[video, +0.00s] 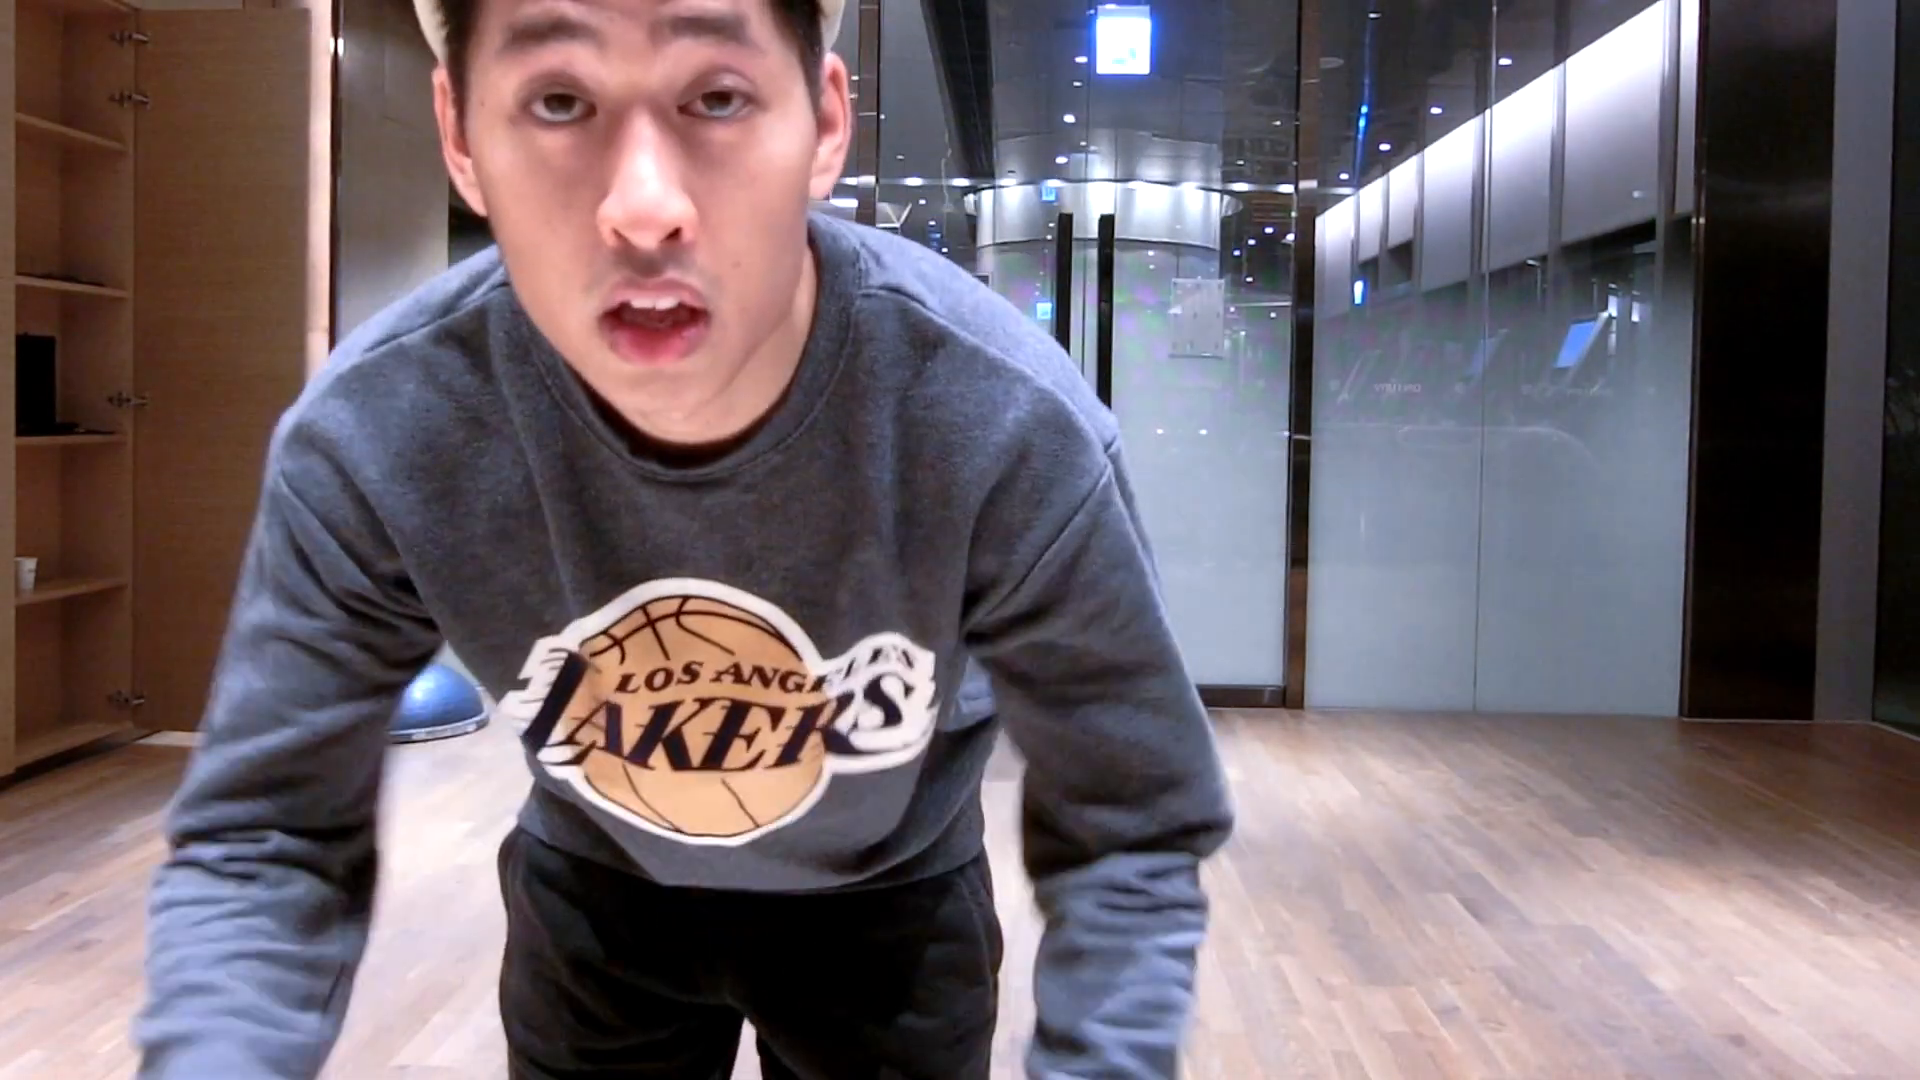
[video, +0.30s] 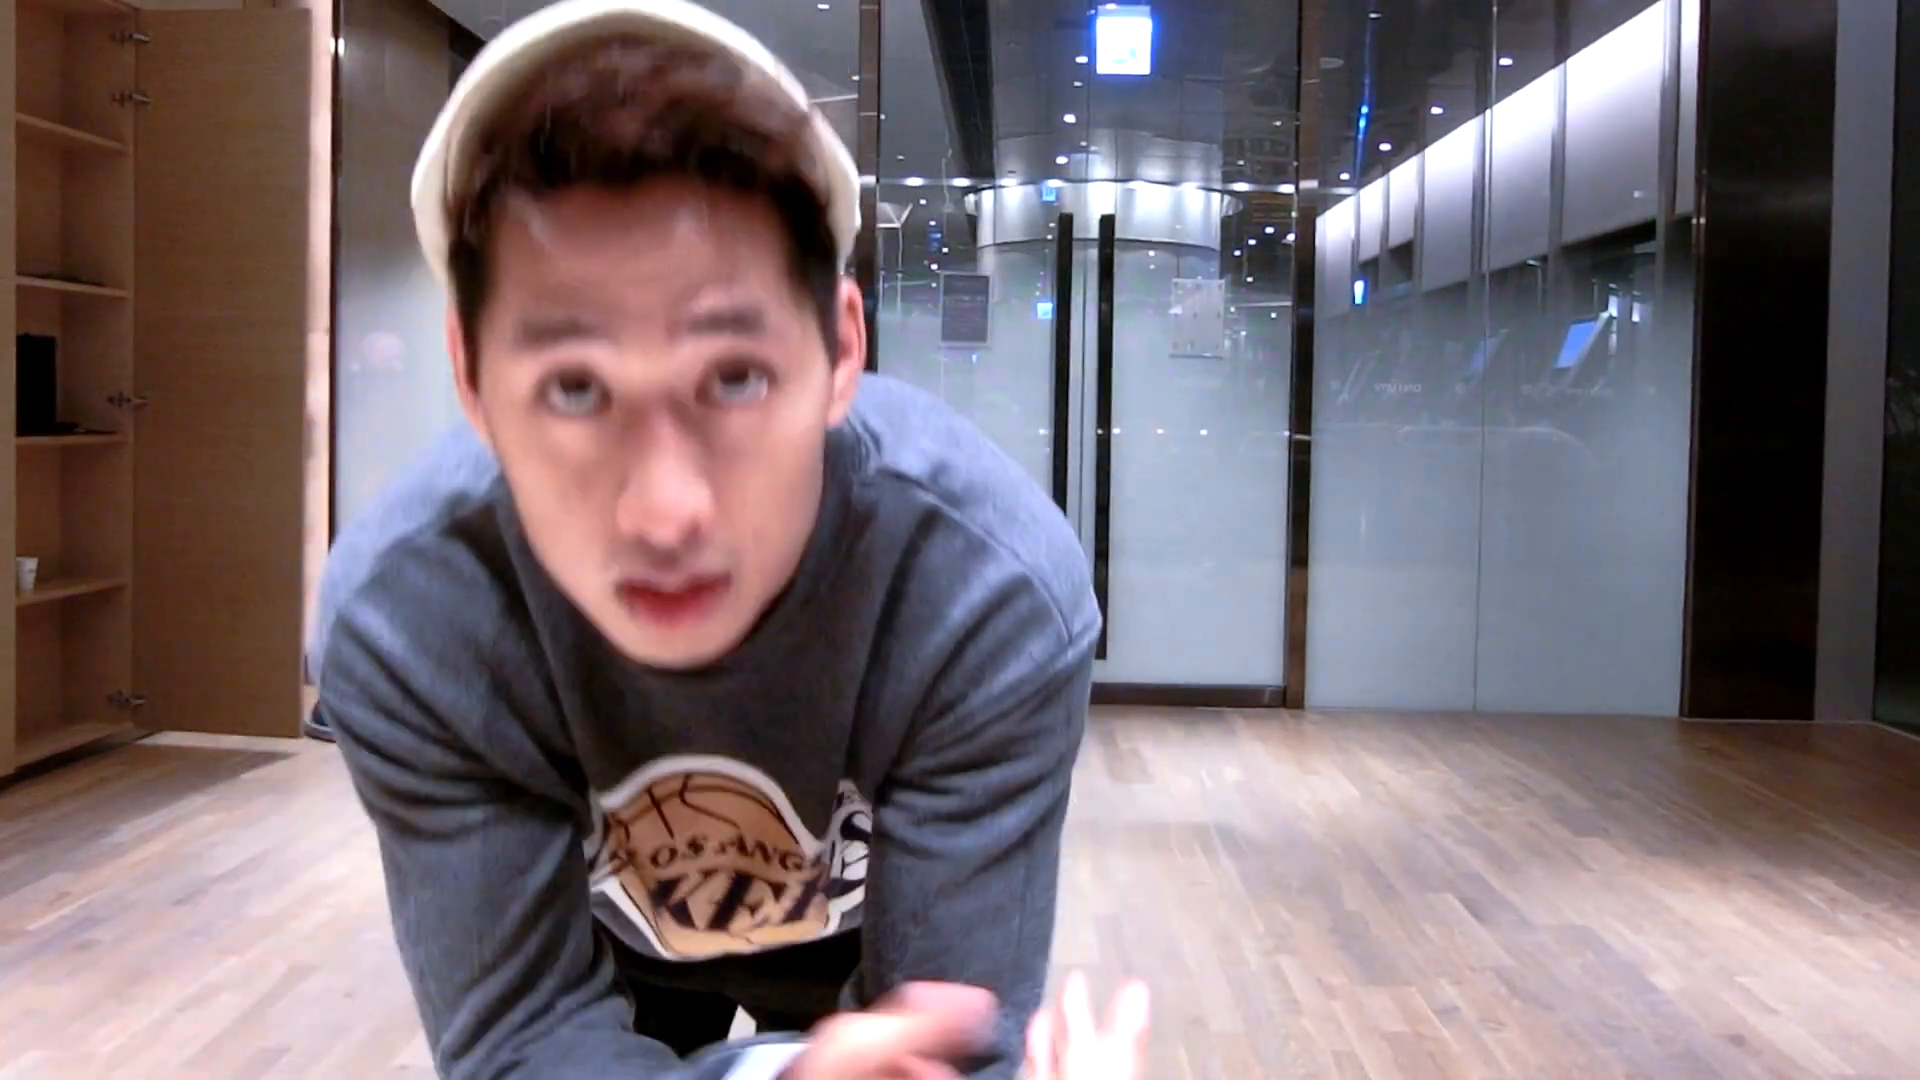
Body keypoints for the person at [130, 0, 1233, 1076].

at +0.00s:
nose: (645, 210)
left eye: (716, 101)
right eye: (562, 105)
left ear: (827, 125)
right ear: (463, 146)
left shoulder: (1005, 426)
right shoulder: (370, 445)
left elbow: (1131, 841)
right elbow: (259, 847)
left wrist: (1094, 1068)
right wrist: (216, 1065)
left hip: (888, 884)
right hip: (605, 880)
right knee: (587, 1072)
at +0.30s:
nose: (668, 505)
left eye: (733, 381)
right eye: (579, 389)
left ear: (842, 354)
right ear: (470, 375)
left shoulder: (993, 594)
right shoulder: (405, 616)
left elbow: (957, 1035)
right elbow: (516, 1027)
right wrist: (770, 1069)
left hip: (861, 965)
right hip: (609, 970)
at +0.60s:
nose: (671, 507)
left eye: (736, 379)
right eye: (573, 389)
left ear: (844, 348)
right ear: (469, 377)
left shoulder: (995, 611)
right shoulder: (374, 604)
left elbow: (867, 1044)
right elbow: (500, 1029)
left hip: (856, 961)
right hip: (585, 957)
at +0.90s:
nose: (573, 316)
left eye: (633, 196)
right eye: (477, 221)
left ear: (767, 205)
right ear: (403, 266)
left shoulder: (993, 543)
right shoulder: (363, 583)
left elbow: (862, 976)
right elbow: (478, 990)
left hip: (848, 932)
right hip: (578, 935)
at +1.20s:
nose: (551, 406)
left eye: (574, 270)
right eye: (433, 335)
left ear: (703, 228)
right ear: (367, 376)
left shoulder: (971, 539)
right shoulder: (364, 613)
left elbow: (894, 1028)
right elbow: (447, 1002)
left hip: (842, 917)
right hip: (584, 914)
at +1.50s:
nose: (532, 323)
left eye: (563, 192)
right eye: (418, 244)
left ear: (688, 174)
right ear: (341, 294)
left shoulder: (936, 501)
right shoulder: (336, 548)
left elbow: (885, 985)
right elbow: (433, 931)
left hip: (833, 917)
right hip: (566, 917)